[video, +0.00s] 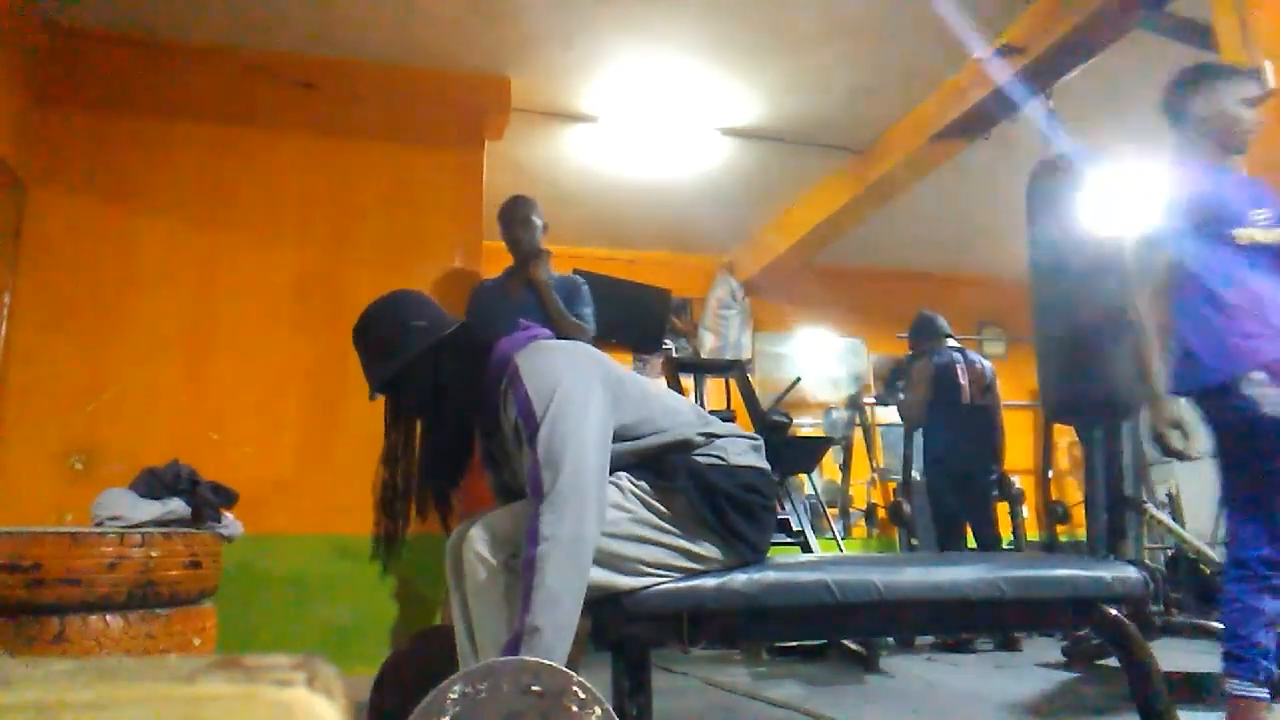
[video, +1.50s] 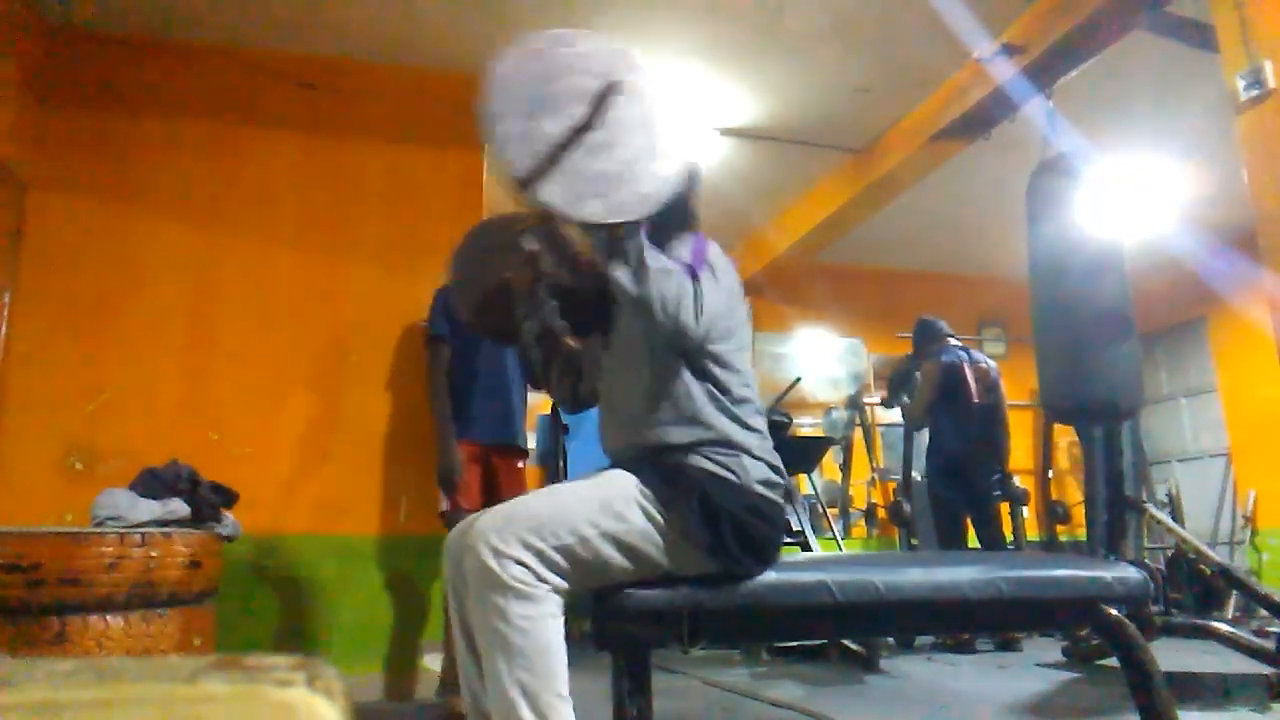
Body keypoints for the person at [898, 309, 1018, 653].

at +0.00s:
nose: (915, 350)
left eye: (915, 345)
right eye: (914, 345)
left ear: (922, 340)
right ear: (947, 335)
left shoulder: (925, 366)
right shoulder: (982, 365)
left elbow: (913, 417)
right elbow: (996, 420)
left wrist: (900, 396)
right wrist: (999, 464)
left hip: (943, 468)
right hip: (980, 467)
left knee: (949, 545)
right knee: (990, 542)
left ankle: (957, 627)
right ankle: (1004, 624)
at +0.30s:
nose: (913, 350)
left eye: (913, 344)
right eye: (912, 345)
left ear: (920, 341)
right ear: (945, 336)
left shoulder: (927, 367)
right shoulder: (981, 366)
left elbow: (922, 420)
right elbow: (994, 423)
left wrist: (900, 393)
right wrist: (1000, 467)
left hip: (943, 471)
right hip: (979, 469)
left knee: (950, 550)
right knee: (991, 547)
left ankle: (956, 631)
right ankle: (1007, 629)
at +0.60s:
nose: (917, 350)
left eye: (916, 344)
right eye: (917, 345)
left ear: (921, 340)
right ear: (949, 336)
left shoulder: (927, 367)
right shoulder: (983, 365)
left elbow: (928, 416)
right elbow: (997, 423)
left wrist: (909, 450)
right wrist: (1002, 468)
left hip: (945, 465)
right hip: (980, 464)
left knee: (950, 547)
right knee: (992, 545)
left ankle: (959, 630)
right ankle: (1004, 627)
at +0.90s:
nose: (910, 351)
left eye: (910, 345)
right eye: (909, 346)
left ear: (917, 341)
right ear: (944, 336)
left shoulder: (923, 369)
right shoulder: (978, 365)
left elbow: (929, 422)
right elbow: (995, 420)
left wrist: (920, 471)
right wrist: (1003, 467)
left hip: (943, 471)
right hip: (979, 469)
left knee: (950, 549)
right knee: (993, 545)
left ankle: (959, 630)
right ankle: (1005, 627)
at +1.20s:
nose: (918, 351)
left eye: (917, 345)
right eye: (918, 346)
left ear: (924, 340)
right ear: (952, 333)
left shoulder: (931, 365)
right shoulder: (986, 365)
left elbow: (929, 420)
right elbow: (999, 423)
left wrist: (910, 449)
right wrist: (1001, 466)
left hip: (946, 467)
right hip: (981, 466)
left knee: (951, 547)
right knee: (994, 545)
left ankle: (958, 629)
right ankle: (1007, 628)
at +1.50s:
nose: (921, 359)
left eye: (920, 353)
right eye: (920, 354)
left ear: (925, 345)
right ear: (948, 337)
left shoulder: (936, 365)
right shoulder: (986, 363)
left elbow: (916, 418)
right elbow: (1002, 421)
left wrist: (904, 401)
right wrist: (1004, 467)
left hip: (947, 472)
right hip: (984, 471)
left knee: (952, 550)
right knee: (995, 547)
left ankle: (960, 631)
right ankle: (1008, 628)